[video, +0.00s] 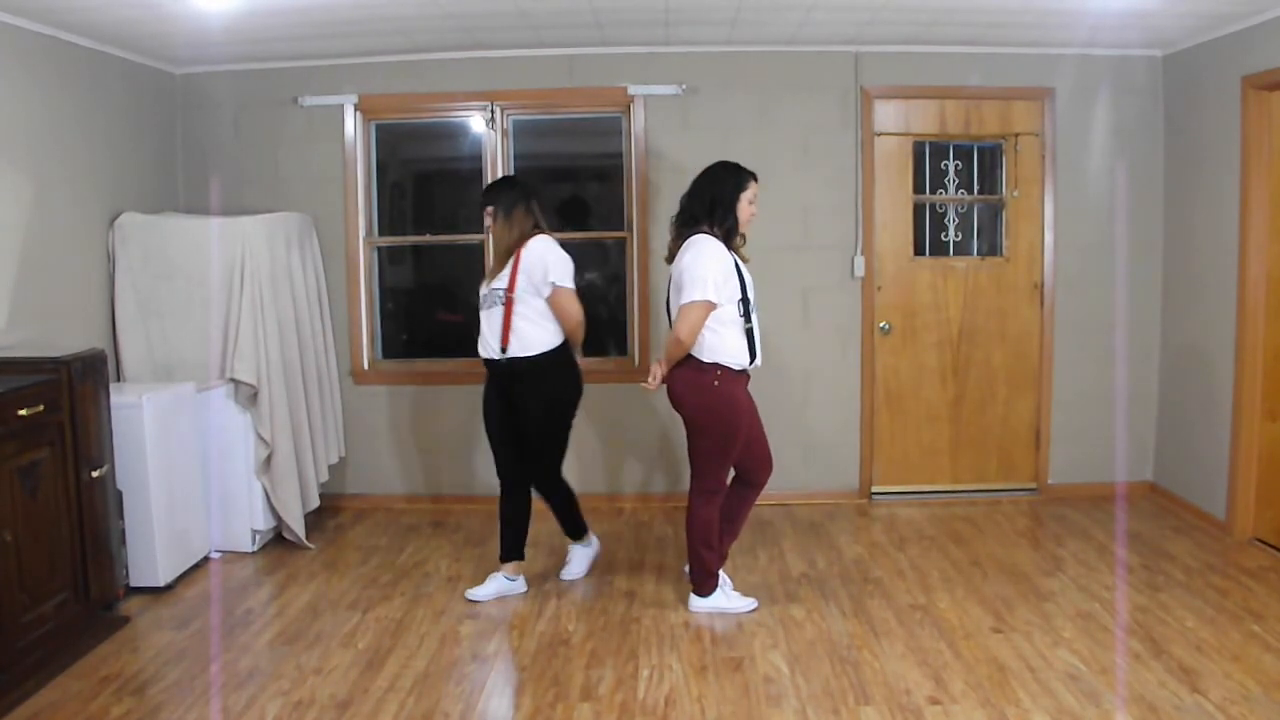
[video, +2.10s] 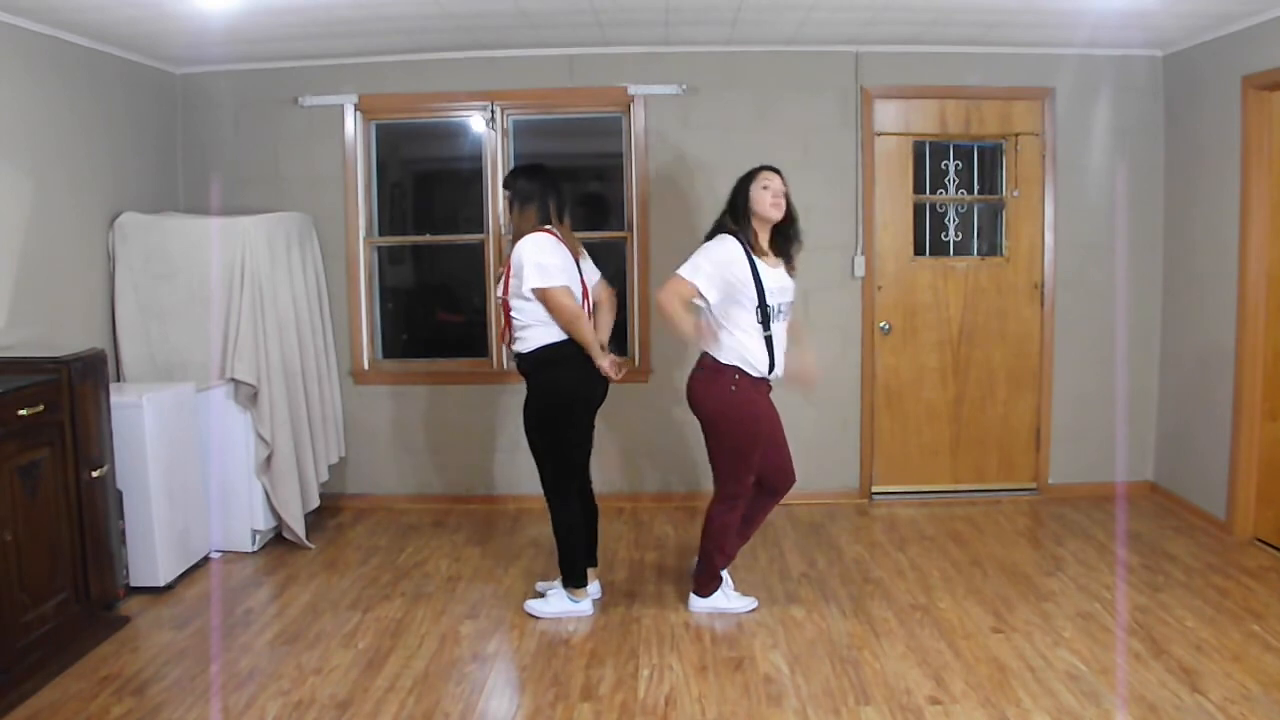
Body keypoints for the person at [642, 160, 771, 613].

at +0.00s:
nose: (754, 210)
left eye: (755, 201)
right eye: (749, 200)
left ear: (722, 200)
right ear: (726, 200)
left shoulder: (718, 249)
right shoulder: (705, 249)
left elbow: (697, 323)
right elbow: (685, 334)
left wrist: (666, 361)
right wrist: (663, 365)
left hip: (726, 378)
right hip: (707, 380)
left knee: (756, 469)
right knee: (709, 484)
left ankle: (708, 565)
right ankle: (704, 589)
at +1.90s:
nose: (769, 203)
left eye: (768, 195)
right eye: (763, 195)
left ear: (744, 201)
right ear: (738, 200)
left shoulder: (745, 252)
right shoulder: (716, 249)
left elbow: (721, 317)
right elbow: (669, 316)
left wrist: (688, 359)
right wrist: (679, 361)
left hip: (742, 383)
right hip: (719, 383)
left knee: (772, 473)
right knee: (716, 490)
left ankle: (715, 562)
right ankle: (705, 589)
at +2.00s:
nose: (773, 197)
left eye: (774, 191)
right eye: (763, 190)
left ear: (773, 202)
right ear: (738, 198)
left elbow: (746, 318)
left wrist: (755, 373)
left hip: (747, 384)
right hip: (722, 383)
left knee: (774, 475)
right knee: (721, 489)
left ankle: (715, 563)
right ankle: (705, 589)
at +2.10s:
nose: (776, 197)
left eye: (781, 192)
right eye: (765, 189)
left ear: (786, 206)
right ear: (743, 198)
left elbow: (777, 322)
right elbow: (669, 296)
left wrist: (794, 361)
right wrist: (694, 332)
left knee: (778, 477)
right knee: (734, 487)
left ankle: (716, 561)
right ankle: (706, 588)